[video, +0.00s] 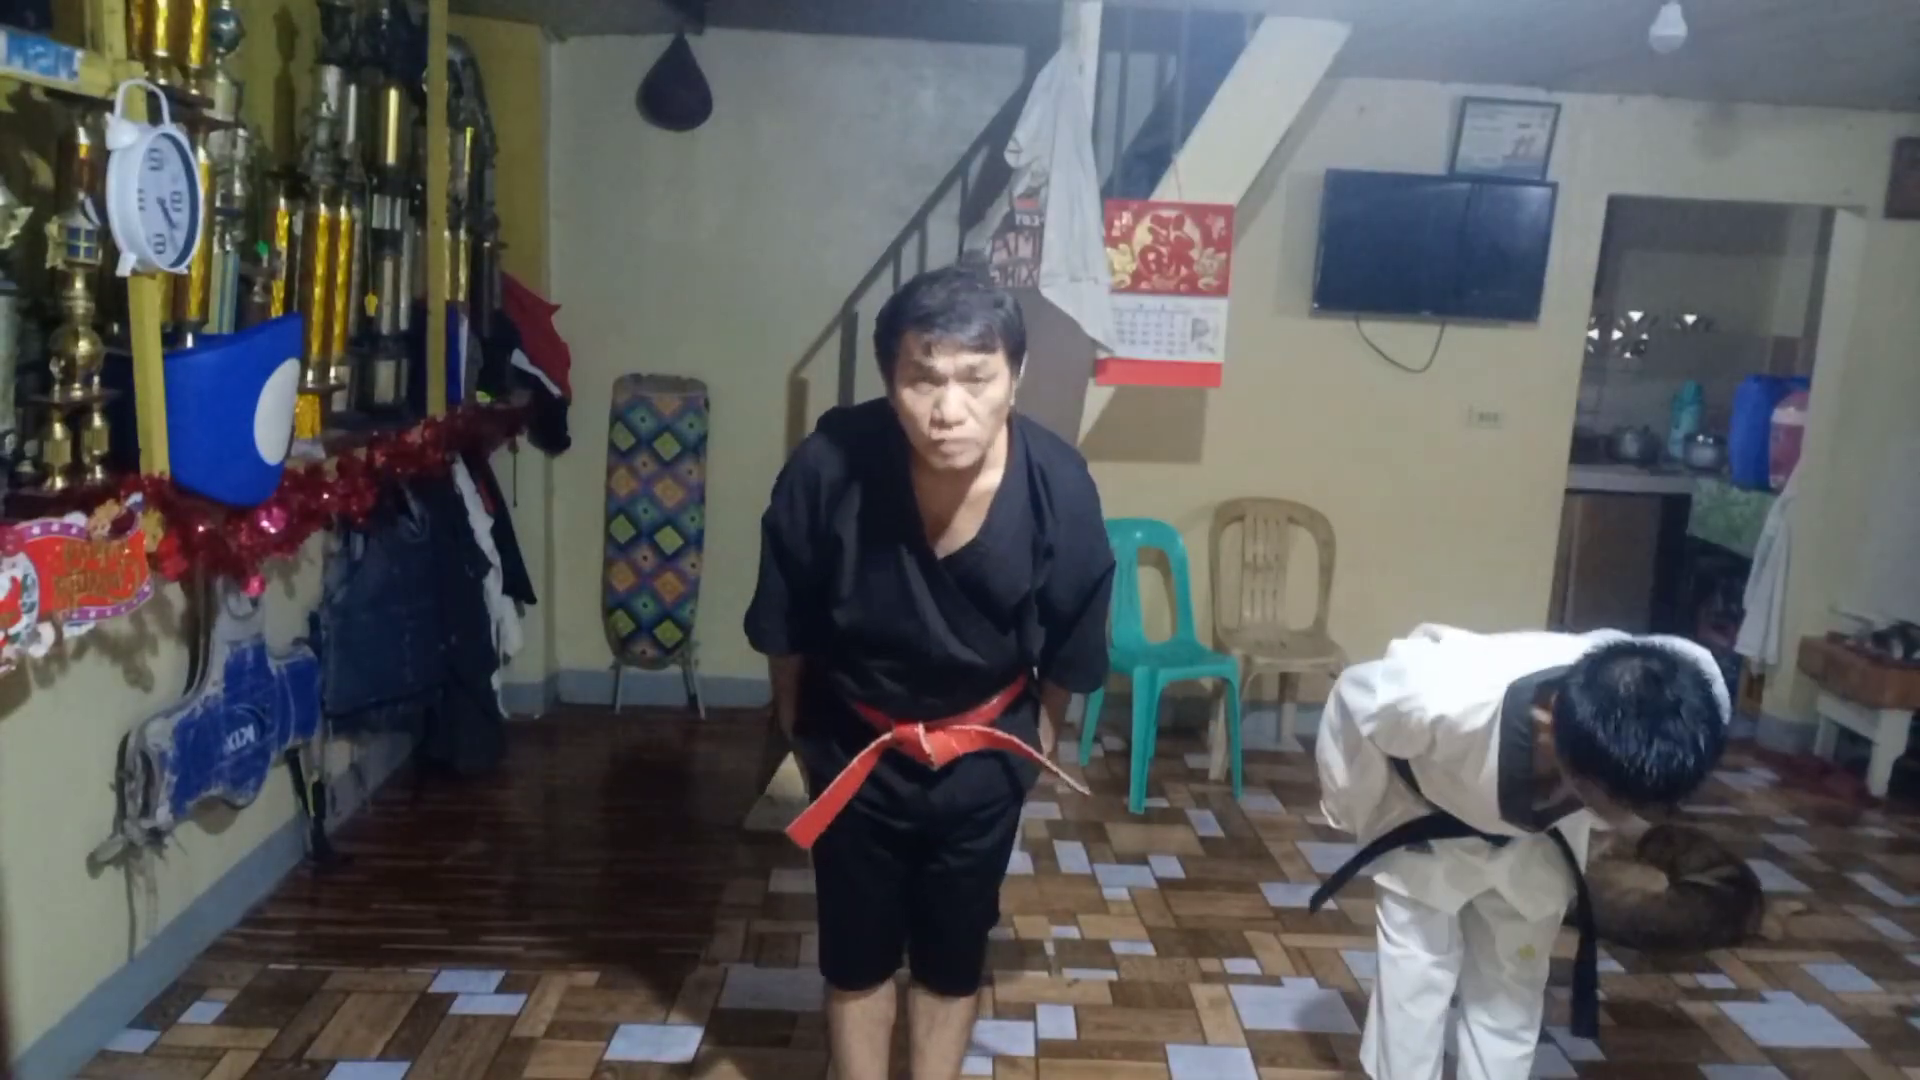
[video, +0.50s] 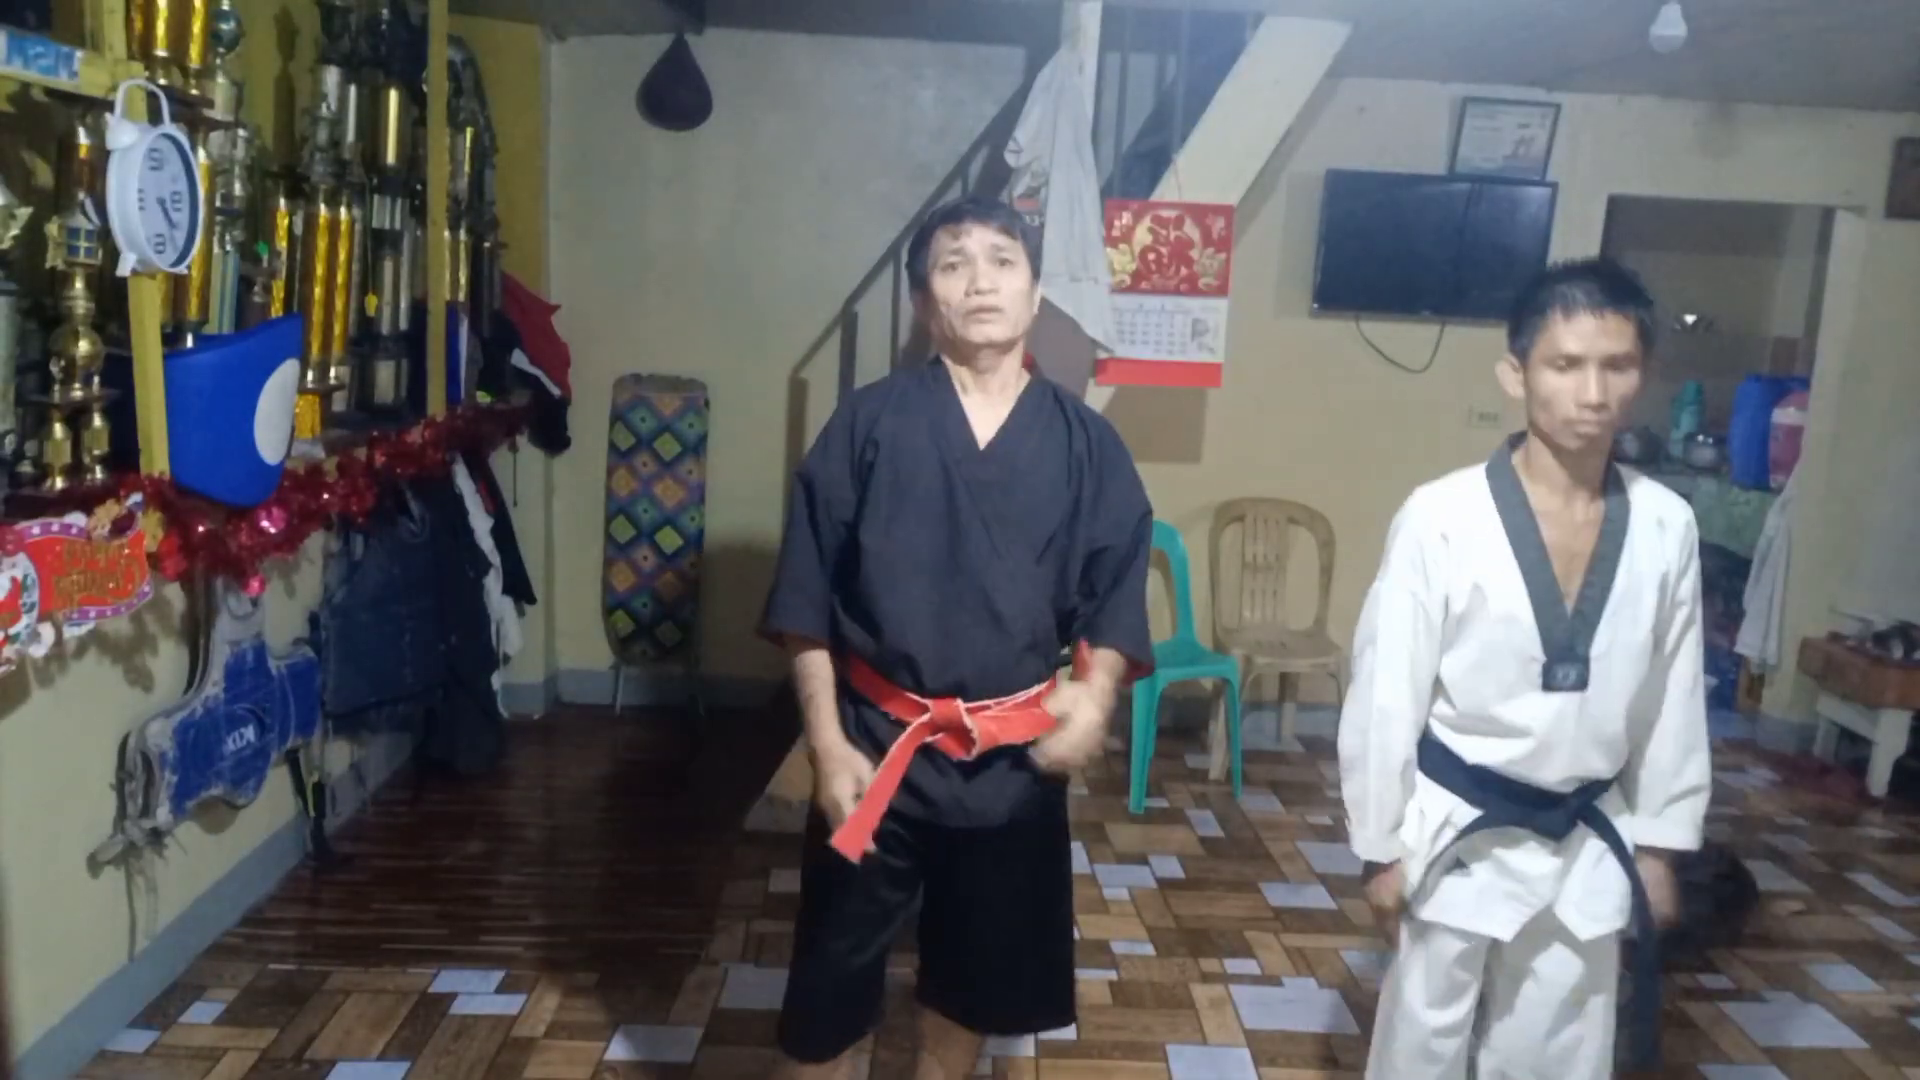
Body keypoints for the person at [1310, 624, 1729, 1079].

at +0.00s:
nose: (1632, 825)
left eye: (1650, 811)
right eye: (1615, 806)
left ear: (1684, 763)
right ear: (1555, 731)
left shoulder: (1695, 699)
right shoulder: (1442, 704)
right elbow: (1353, 703)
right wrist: (1369, 815)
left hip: (1540, 838)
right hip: (1427, 827)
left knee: (1510, 1017)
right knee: (1412, 1012)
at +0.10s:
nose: (1639, 714)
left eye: (1653, 696)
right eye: (1625, 696)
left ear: (1677, 675)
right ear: (1557, 653)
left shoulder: (1691, 676)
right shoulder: (1443, 654)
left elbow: (1643, 769)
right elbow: (1351, 705)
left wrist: (1597, 821)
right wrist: (1361, 811)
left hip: (1543, 831)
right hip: (1427, 819)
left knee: (1512, 1015)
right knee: (1415, 1005)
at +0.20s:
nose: (1624, 602)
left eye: (1647, 574)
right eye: (1599, 576)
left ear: (1670, 547)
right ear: (1551, 530)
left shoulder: (1688, 594)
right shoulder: (1446, 590)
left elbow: (1656, 729)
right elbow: (1354, 716)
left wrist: (1607, 824)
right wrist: (1382, 830)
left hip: (1560, 835)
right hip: (1440, 826)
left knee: (1518, 1057)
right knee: (1413, 1055)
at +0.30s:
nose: (1615, 510)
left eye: (1641, 486)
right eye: (1592, 479)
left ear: (1668, 475)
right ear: (1536, 456)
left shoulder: (1680, 561)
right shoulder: (1444, 555)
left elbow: (1661, 713)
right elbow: (1367, 708)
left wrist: (1612, 824)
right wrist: (1381, 831)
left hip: (1568, 840)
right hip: (1446, 829)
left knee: (1522, 1058)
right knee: (1418, 1056)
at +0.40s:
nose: (1602, 420)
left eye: (1625, 394)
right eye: (1574, 391)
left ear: (1654, 401)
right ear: (1520, 395)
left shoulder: (1672, 534)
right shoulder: (1441, 525)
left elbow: (1671, 698)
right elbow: (1381, 694)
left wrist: (1641, 835)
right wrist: (1381, 837)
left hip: (1580, 849)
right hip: (1453, 840)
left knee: (1538, 1061)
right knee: (1420, 1061)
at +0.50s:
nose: (1593, 393)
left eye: (1616, 366)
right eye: (1565, 365)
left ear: (1641, 378)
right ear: (1515, 378)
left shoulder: (1665, 525)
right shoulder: (1439, 519)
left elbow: (1676, 696)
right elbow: (1385, 692)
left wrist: (1661, 843)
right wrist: (1382, 849)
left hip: (1591, 848)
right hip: (1460, 839)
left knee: (1559, 1062)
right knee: (1424, 1061)